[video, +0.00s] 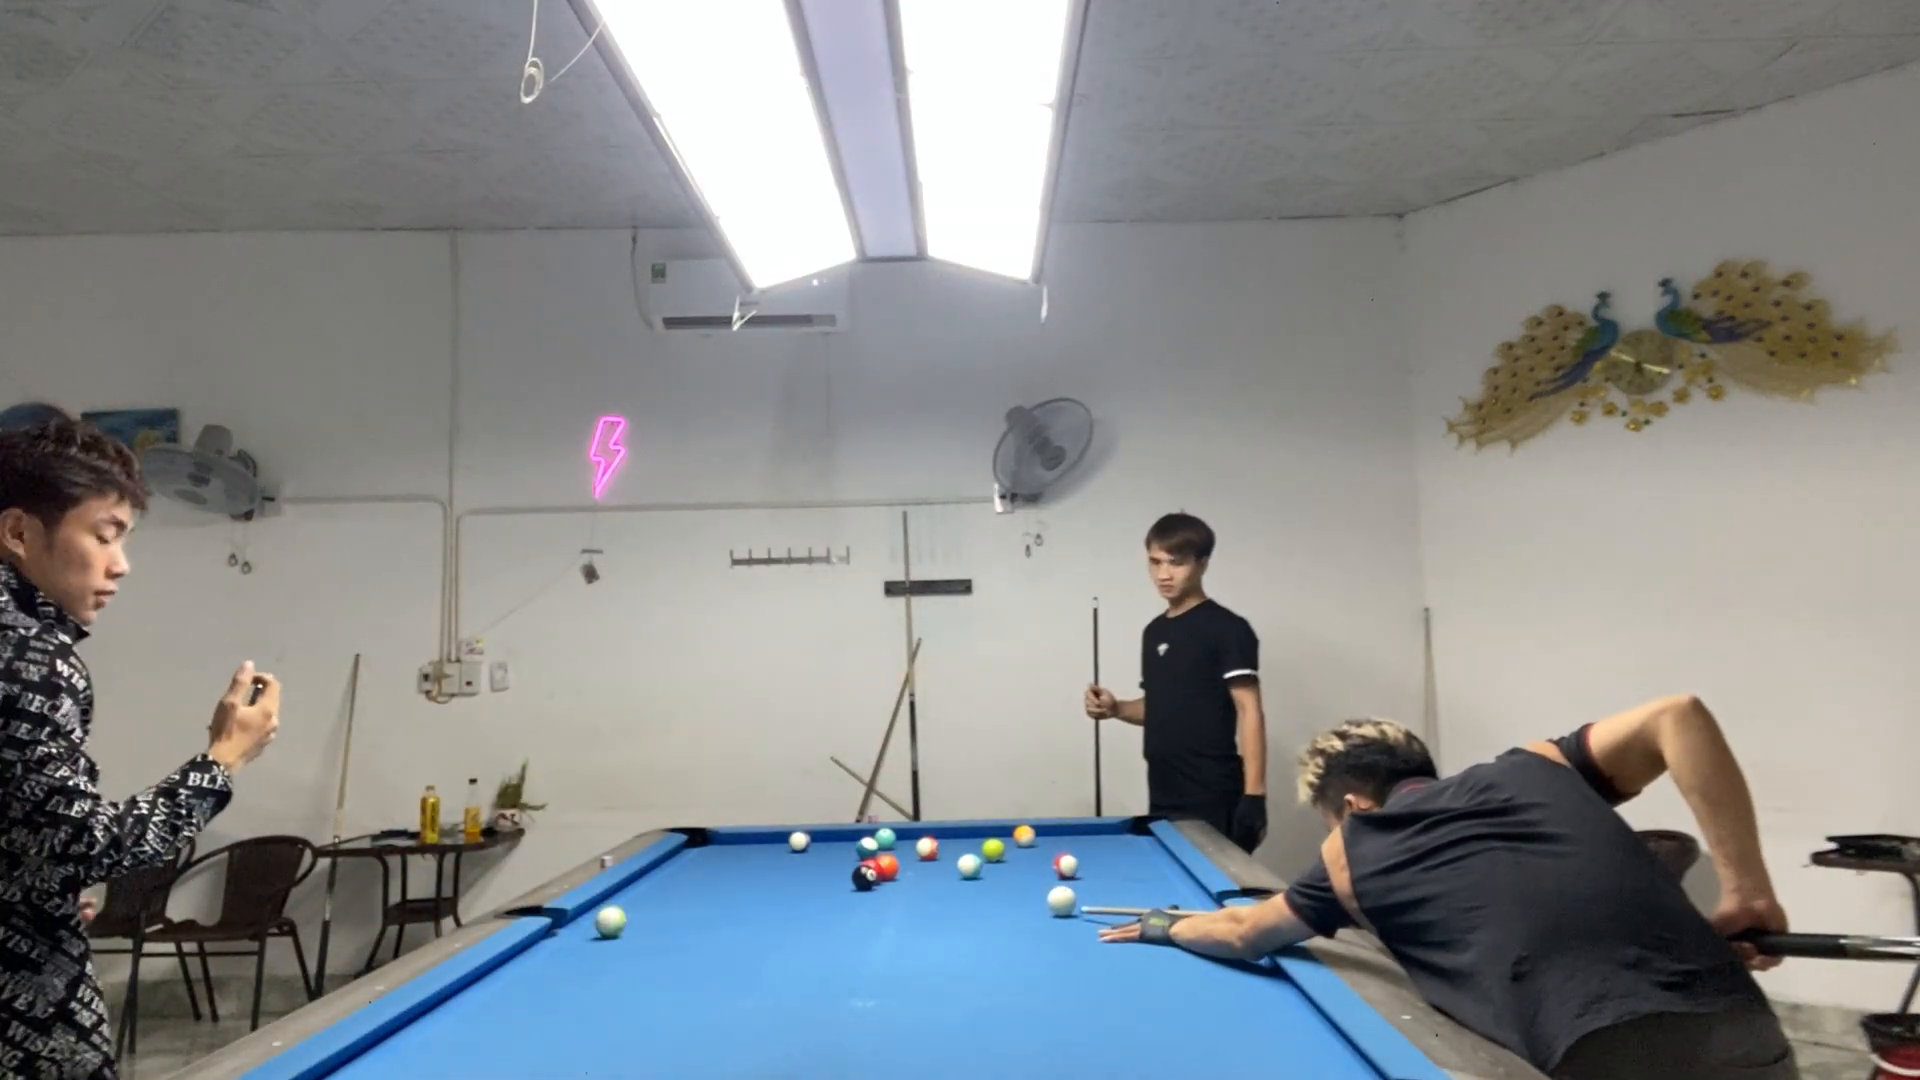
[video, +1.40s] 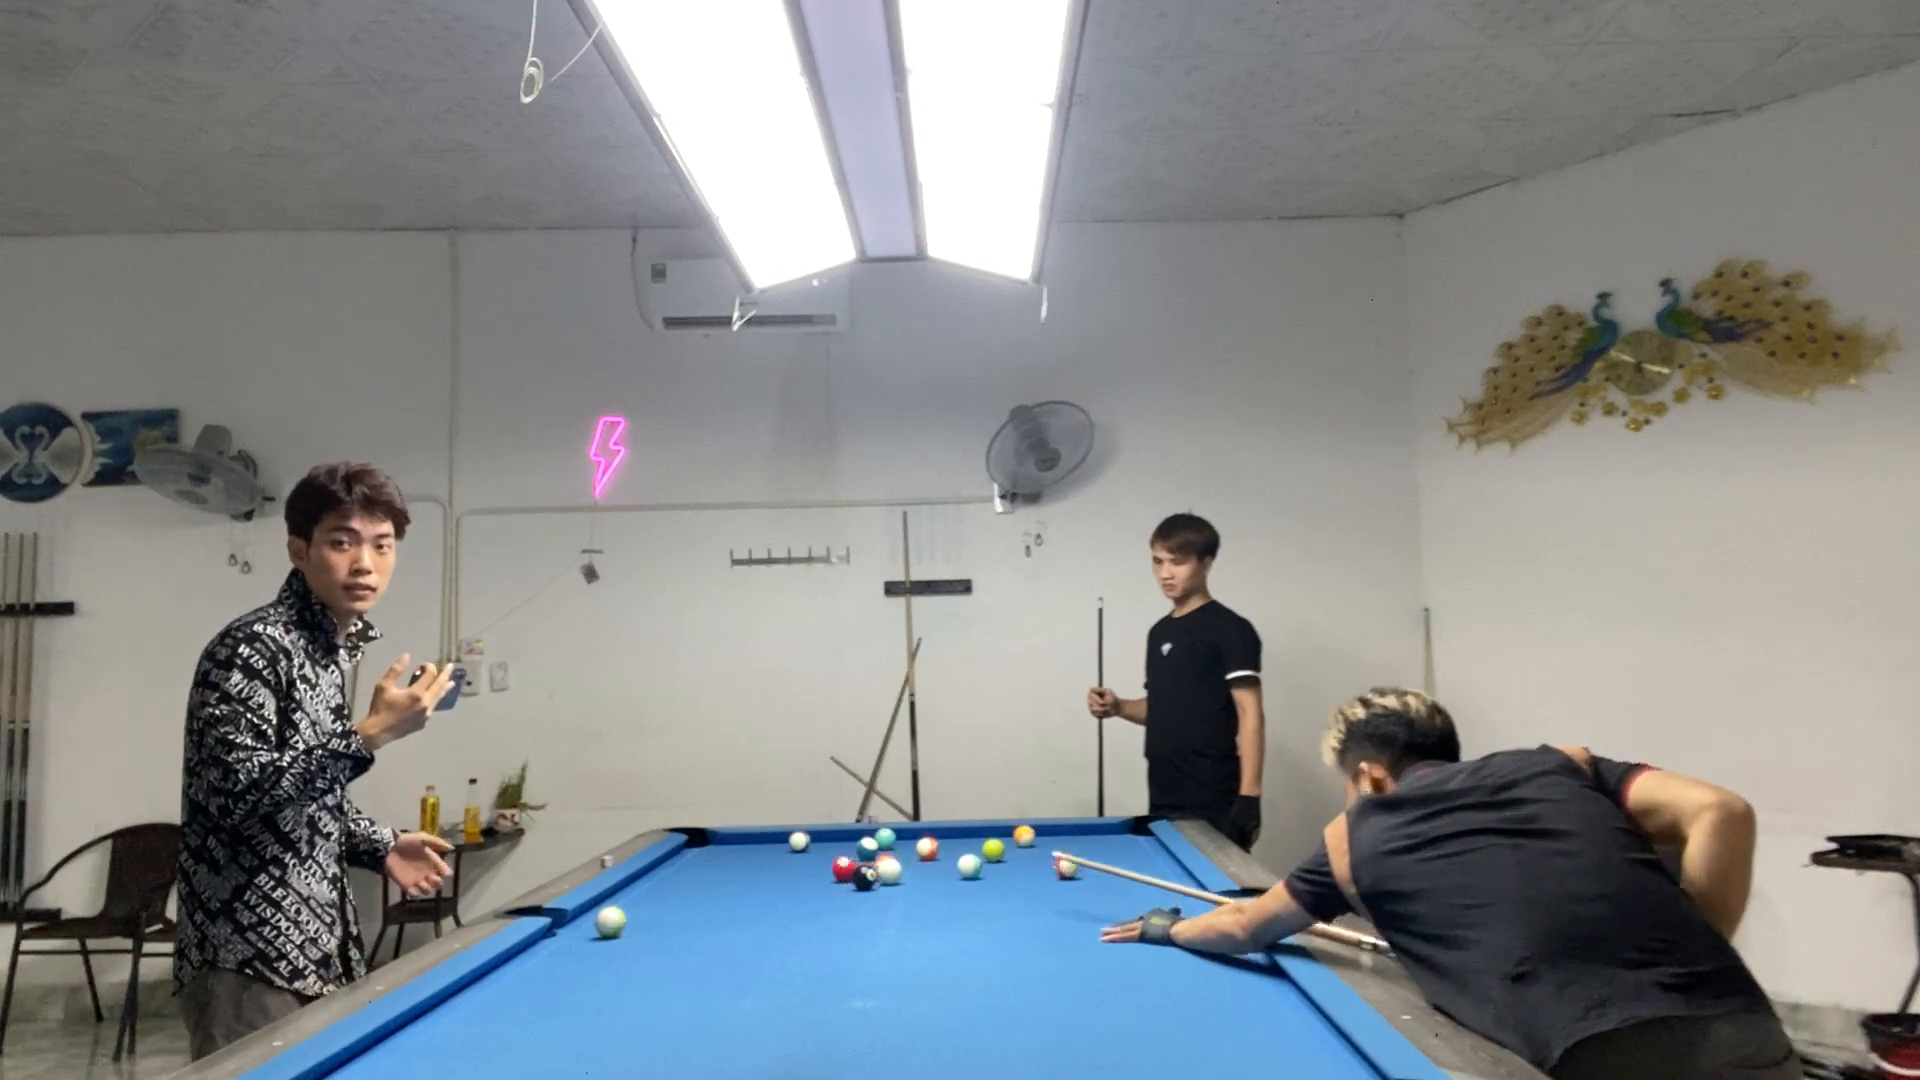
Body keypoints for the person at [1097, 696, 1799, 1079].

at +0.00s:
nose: (1330, 829)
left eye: (1326, 818)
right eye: (1326, 821)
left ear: (1348, 803)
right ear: (1427, 772)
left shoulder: (1352, 847)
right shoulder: (1537, 762)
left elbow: (1243, 933)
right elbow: (1679, 716)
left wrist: (1175, 923)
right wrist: (1749, 885)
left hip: (1611, 1055)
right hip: (1745, 1036)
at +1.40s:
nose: (1345, 802)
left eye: (1344, 786)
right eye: (1344, 788)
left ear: (1371, 776)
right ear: (1449, 751)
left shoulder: (1359, 833)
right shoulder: (1558, 764)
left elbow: (1243, 925)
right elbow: (1721, 814)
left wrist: (1169, 930)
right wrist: (1697, 959)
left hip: (1604, 1051)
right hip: (1742, 1028)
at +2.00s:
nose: (1586, 535)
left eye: (1593, 514)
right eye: (1591, 513)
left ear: (1628, 528)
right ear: (1721, 540)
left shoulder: (1539, 644)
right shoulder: (1821, 686)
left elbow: (1469, 830)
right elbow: (1897, 892)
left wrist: (1405, 960)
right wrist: (1797, 1001)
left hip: (1594, 1042)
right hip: (1775, 1047)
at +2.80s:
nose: (1696, 550)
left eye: (1705, 527)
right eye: (1701, 528)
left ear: (1739, 531)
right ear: (1833, 558)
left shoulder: (1626, 626)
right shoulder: (1899, 690)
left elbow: (1531, 800)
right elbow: (1897, 869)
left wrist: (1448, 941)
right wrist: (1891, 989)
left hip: (1655, 1037)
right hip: (1847, 1046)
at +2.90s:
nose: (1702, 551)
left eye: (1711, 527)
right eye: (1707, 528)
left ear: (1743, 530)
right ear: (1841, 563)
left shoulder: (1628, 625)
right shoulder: (1901, 692)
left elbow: (1532, 797)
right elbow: (1914, 878)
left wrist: (1448, 938)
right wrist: (1894, 992)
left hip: (1654, 1027)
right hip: (1840, 1042)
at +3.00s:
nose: (1705, 551)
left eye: (1715, 527)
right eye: (1711, 528)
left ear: (1746, 531)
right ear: (1846, 565)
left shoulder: (1630, 625)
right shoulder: (1899, 691)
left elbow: (1532, 796)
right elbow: (1899, 870)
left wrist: (1449, 936)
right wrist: (1891, 987)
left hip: (1651, 1026)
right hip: (1835, 1037)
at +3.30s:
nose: (1713, 556)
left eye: (1721, 531)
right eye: (1719, 533)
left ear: (1749, 534)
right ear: (1851, 572)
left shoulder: (1631, 624)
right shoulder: (1902, 693)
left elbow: (1532, 795)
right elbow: (1906, 876)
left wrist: (1448, 932)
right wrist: (1892, 985)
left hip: (1655, 1026)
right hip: (1845, 1037)